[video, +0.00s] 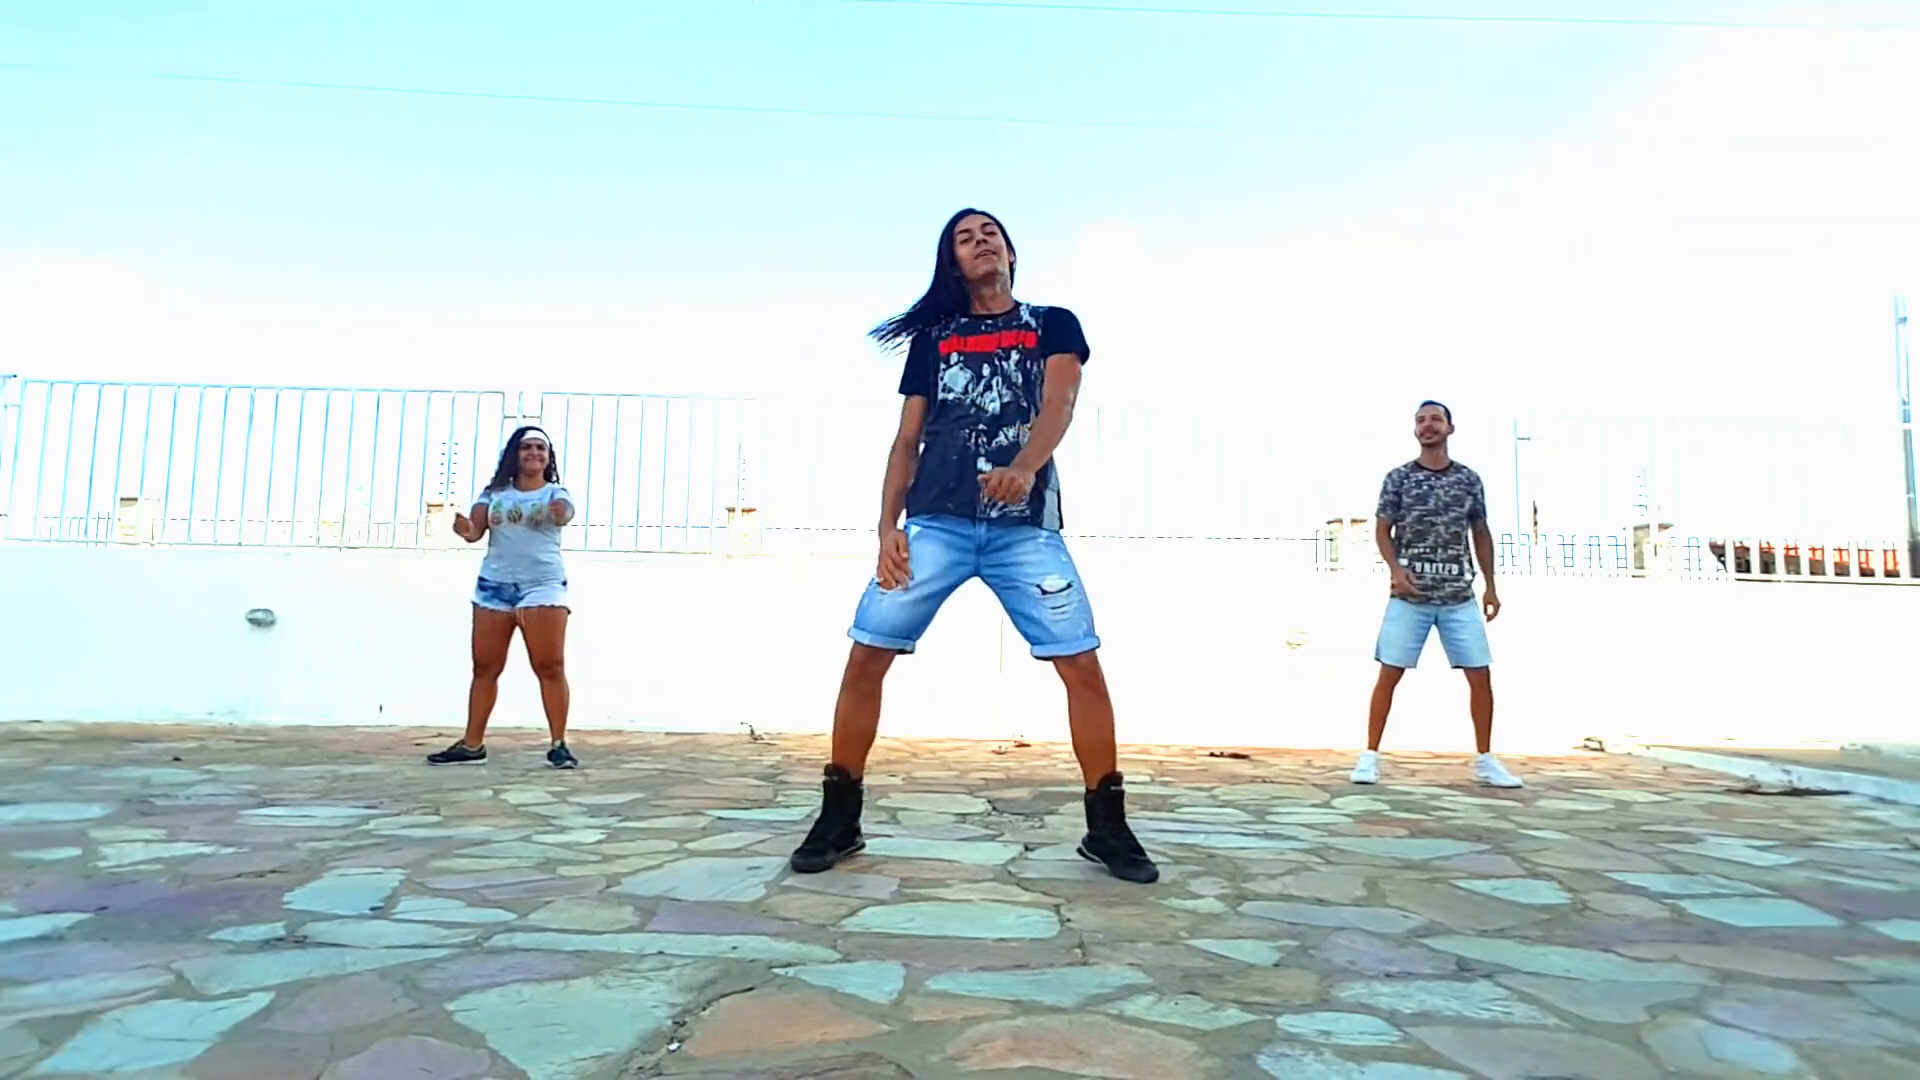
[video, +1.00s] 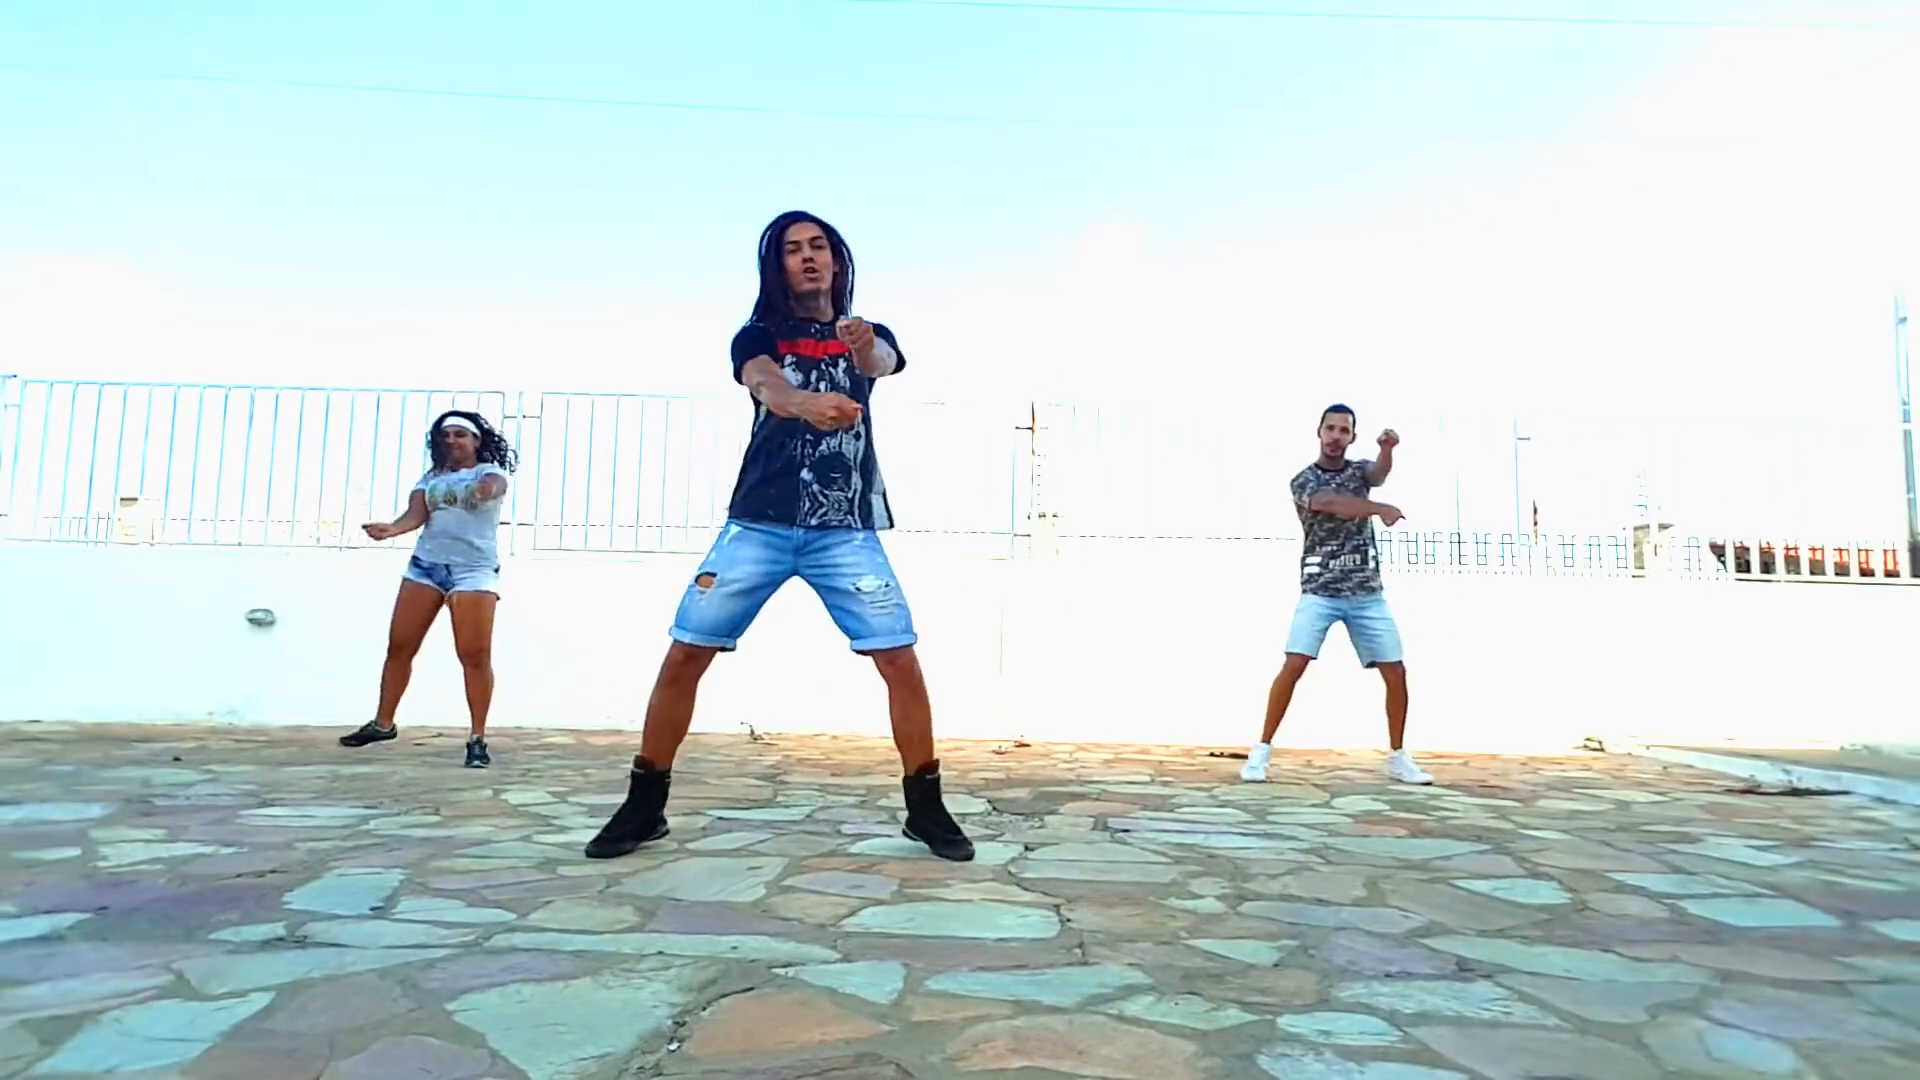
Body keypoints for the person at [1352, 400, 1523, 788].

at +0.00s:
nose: (1429, 424)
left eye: (1436, 419)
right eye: (1422, 419)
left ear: (1450, 428)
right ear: (1414, 430)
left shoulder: (1468, 480)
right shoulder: (1398, 479)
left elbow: (1481, 534)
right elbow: (1382, 532)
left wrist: (1490, 585)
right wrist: (1396, 571)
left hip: (1459, 598)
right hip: (1410, 596)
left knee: (1480, 674)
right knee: (1389, 673)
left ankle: (1485, 758)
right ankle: (1370, 755)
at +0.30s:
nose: (1425, 430)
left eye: (1433, 424)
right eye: (1419, 424)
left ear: (1446, 432)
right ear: (1411, 432)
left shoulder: (1465, 481)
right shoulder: (1397, 483)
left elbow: (1485, 529)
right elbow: (1376, 530)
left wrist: (1519, 545)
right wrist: (1364, 575)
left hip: (1458, 599)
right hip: (1410, 597)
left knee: (1483, 672)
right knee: (1387, 669)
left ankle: (1486, 758)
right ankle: (1368, 752)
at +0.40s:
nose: (1412, 417)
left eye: (1420, 411)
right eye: (1407, 409)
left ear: (1431, 417)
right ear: (1395, 413)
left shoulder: (1444, 456)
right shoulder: (1380, 464)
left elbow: (1476, 491)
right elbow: (1371, 510)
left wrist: (1507, 497)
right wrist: (1363, 547)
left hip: (1442, 575)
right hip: (1395, 574)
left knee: (1468, 655)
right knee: (1374, 650)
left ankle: (1482, 745)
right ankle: (1350, 735)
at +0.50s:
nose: (1411, 432)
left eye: (1419, 428)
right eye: (1406, 424)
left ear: (1427, 434)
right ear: (1392, 425)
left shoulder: (1435, 466)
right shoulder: (1375, 479)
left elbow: (1461, 484)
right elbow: (1384, 516)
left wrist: (1483, 483)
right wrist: (1393, 543)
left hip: (1444, 588)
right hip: (1397, 589)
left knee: (1474, 663)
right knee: (1370, 662)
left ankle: (1487, 752)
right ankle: (1340, 742)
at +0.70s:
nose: (1395, 455)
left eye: (1400, 448)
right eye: (1388, 447)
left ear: (1404, 451)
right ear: (1372, 448)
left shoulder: (1404, 490)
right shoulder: (1354, 494)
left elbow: (1434, 495)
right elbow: (1366, 528)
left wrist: (1444, 472)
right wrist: (1417, 534)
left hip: (1422, 605)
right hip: (1378, 608)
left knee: (1462, 682)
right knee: (1364, 682)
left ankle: (1493, 766)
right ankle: (1341, 763)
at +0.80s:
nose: (1371, 416)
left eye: (1378, 411)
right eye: (1365, 409)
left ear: (1384, 417)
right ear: (1353, 412)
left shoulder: (1391, 451)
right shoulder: (1337, 459)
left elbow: (1410, 454)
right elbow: (1353, 484)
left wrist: (1424, 438)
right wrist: (1377, 497)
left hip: (1401, 569)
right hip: (1357, 573)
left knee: (1435, 646)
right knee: (1344, 649)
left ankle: (1455, 732)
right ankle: (1324, 733)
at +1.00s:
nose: (1337, 436)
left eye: (1344, 431)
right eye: (1331, 429)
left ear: (1352, 438)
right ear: (1319, 433)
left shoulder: (1359, 472)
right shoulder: (1304, 480)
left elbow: (1378, 474)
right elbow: (1325, 504)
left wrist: (1385, 451)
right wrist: (1376, 508)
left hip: (1367, 593)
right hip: (1320, 593)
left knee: (1395, 671)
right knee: (1295, 664)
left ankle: (1398, 756)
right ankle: (1262, 749)